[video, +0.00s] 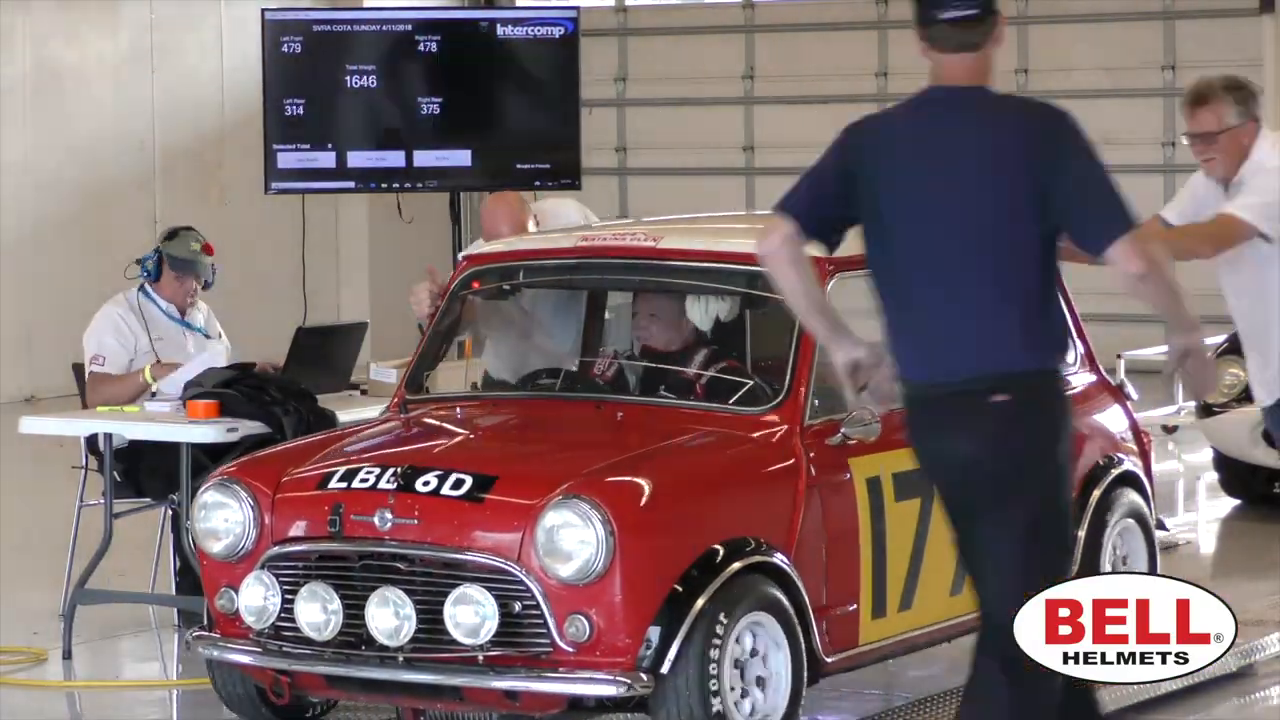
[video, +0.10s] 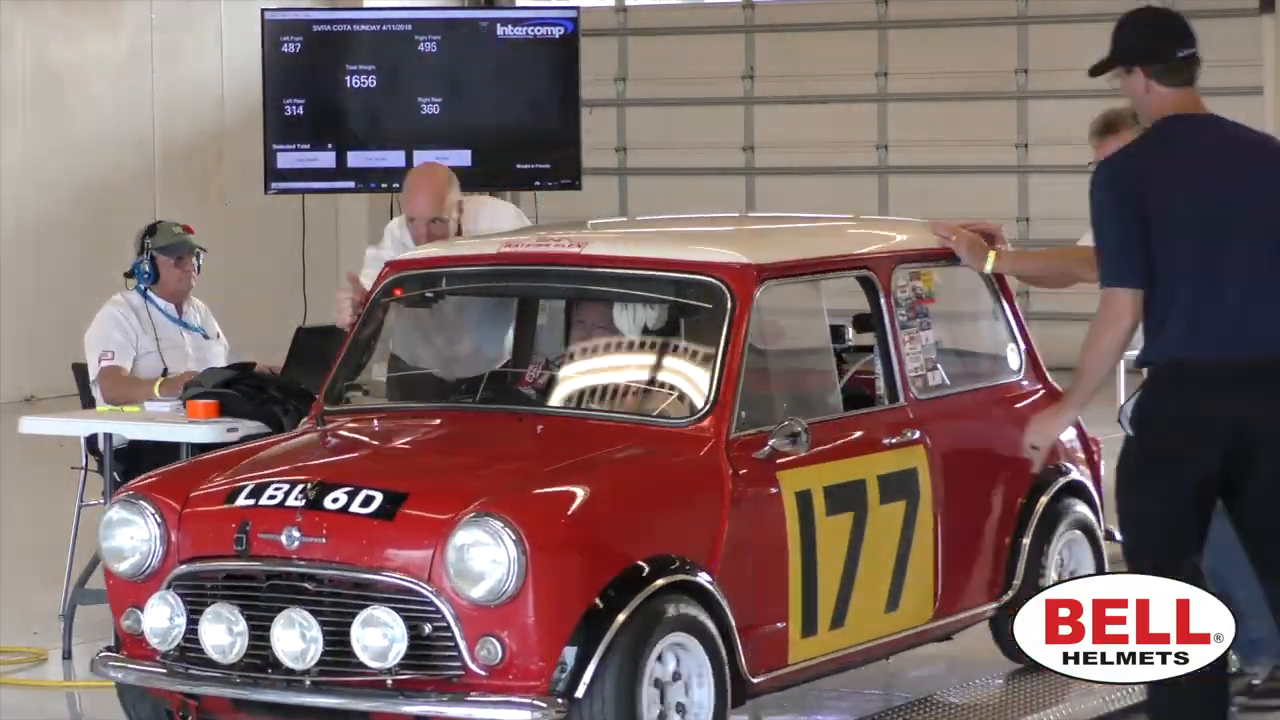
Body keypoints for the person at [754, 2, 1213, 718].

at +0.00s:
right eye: (992, 24)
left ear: (922, 41)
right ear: (998, 30)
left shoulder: (870, 139)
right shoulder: (1040, 129)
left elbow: (777, 243)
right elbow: (1133, 258)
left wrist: (840, 345)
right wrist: (1185, 334)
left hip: (933, 409)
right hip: (1024, 402)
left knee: (1020, 604)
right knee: (1020, 612)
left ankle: (1071, 711)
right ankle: (986, 714)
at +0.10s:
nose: (1121, 90)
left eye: (1120, 77)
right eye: (1119, 79)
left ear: (1139, 77)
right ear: (1193, 68)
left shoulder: (1128, 168)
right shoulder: (1266, 151)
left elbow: (1121, 305)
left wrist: (1065, 408)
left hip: (1187, 398)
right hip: (1272, 394)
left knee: (1162, 573)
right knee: (1276, 563)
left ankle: (1190, 706)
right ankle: (1274, 680)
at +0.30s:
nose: (1059, 139)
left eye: (1071, 123)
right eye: (1046, 129)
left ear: (1105, 117)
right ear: (1038, 136)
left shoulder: (1177, 170)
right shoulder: (1040, 204)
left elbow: (1254, 254)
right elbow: (995, 295)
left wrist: (1250, 359)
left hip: (1215, 392)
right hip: (1126, 412)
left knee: (1259, 536)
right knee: (1138, 553)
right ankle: (1164, 688)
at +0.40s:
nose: (1197, 115)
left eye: (1199, 103)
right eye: (1197, 103)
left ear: (1216, 104)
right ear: (1261, 93)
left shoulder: (1247, 159)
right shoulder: (1269, 146)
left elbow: (1225, 278)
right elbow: (1236, 279)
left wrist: (1164, 386)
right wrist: (1201, 376)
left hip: (1261, 397)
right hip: (1271, 393)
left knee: (1259, 564)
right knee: (1261, 562)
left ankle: (1273, 701)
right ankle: (1272, 697)